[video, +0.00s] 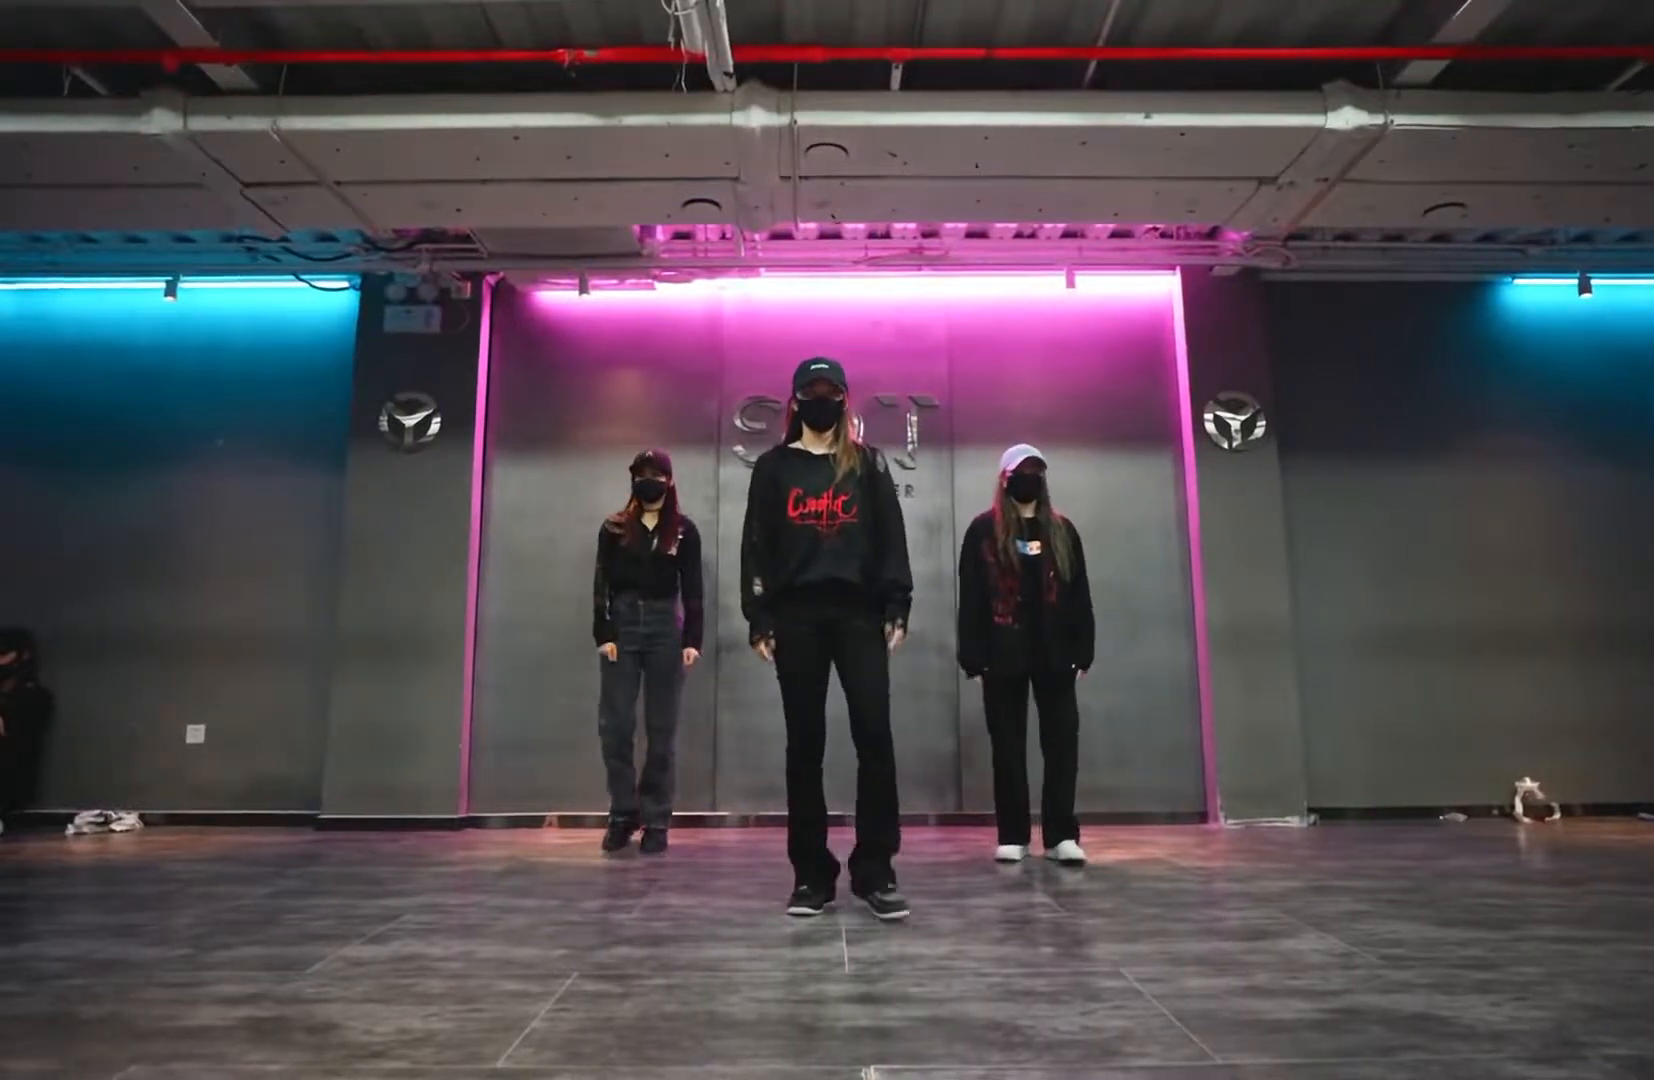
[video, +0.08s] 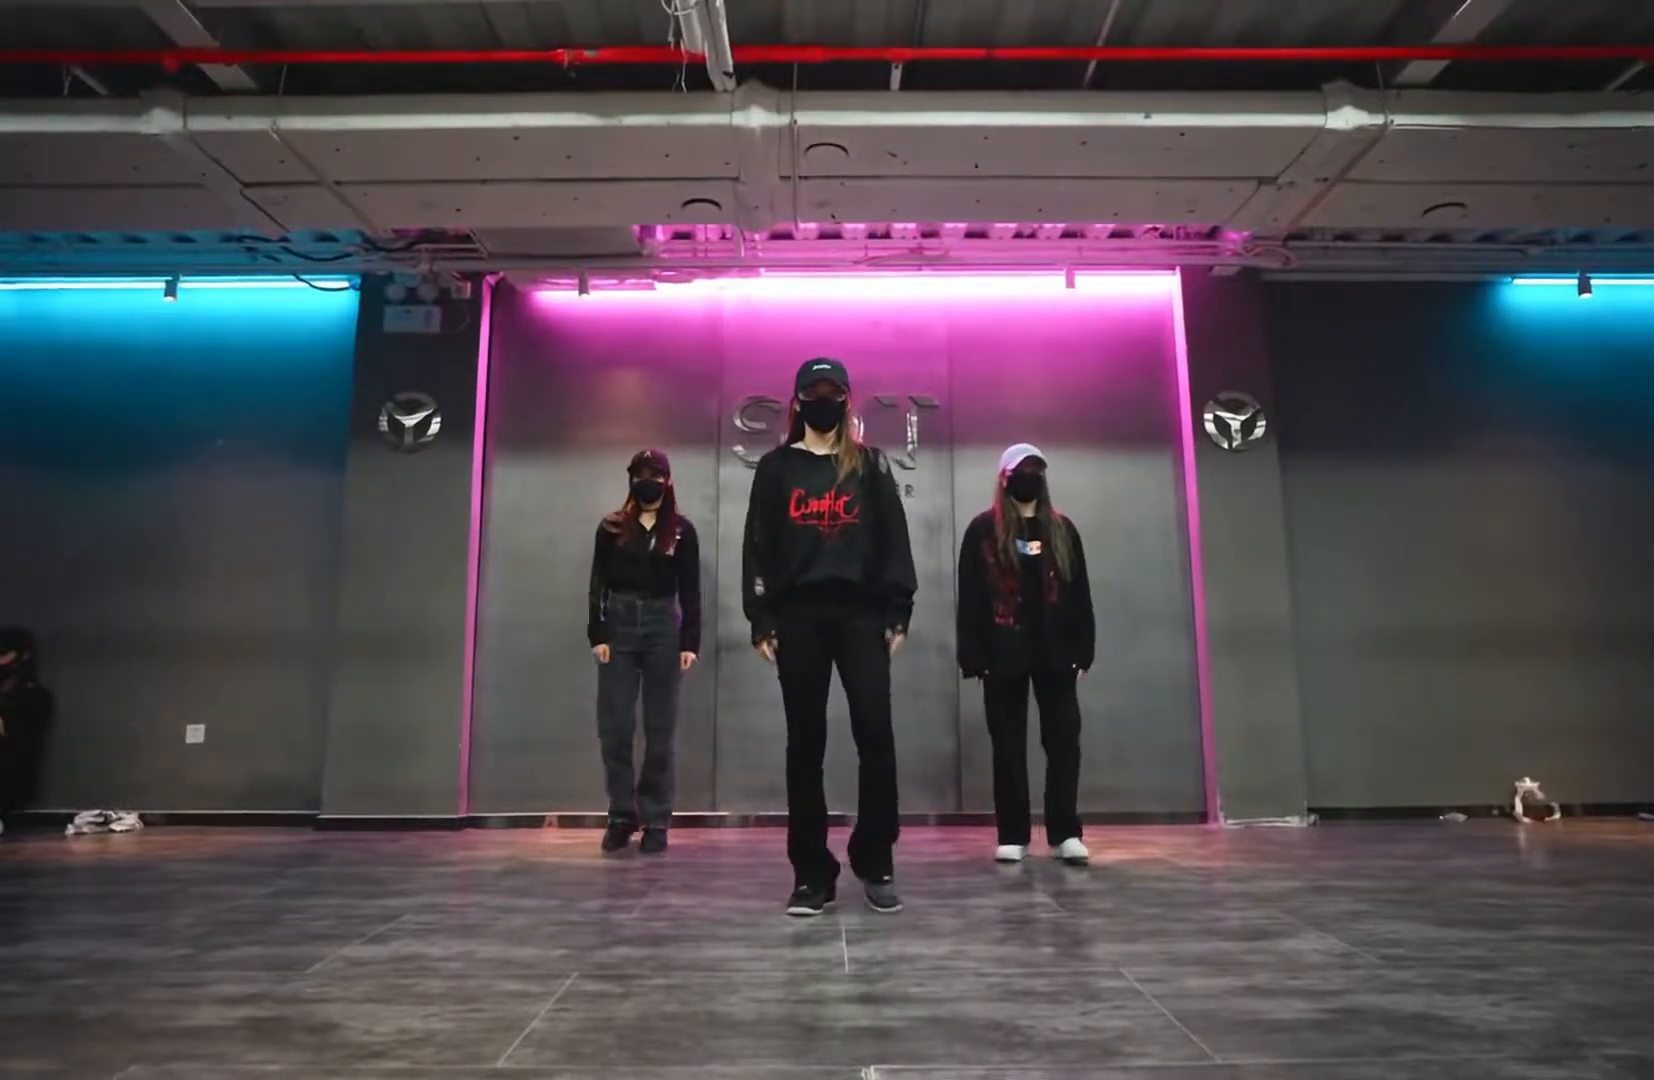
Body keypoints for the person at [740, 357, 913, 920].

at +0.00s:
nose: (822, 399)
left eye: (831, 391)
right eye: (812, 391)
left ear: (845, 397)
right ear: (796, 399)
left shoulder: (868, 464)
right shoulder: (772, 466)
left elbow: (893, 542)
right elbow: (754, 549)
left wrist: (896, 607)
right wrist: (759, 619)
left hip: (862, 617)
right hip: (796, 619)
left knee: (875, 740)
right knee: (805, 745)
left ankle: (875, 873)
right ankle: (811, 876)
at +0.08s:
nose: (825, 399)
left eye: (833, 391)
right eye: (815, 391)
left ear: (847, 398)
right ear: (799, 399)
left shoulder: (869, 464)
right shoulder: (775, 466)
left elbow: (896, 543)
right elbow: (755, 550)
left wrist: (897, 611)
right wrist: (761, 619)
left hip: (863, 616)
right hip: (797, 618)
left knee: (875, 738)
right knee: (805, 744)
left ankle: (876, 867)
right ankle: (812, 876)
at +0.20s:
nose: (830, 402)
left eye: (838, 393)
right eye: (820, 393)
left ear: (852, 399)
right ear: (804, 401)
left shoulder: (875, 467)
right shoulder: (781, 468)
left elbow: (900, 548)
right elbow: (761, 551)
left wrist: (899, 617)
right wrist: (765, 621)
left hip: (866, 620)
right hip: (800, 620)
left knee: (872, 742)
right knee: (807, 748)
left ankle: (883, 869)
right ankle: (812, 877)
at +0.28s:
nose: (834, 400)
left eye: (842, 391)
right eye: (824, 392)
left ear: (856, 398)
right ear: (808, 399)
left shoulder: (880, 465)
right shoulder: (785, 466)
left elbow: (905, 545)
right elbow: (766, 550)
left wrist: (901, 615)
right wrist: (771, 620)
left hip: (870, 619)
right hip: (805, 620)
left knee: (873, 743)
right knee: (809, 747)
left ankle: (882, 870)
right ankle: (812, 877)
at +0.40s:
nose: (839, 396)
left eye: (848, 387)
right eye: (829, 388)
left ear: (861, 394)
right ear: (812, 396)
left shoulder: (888, 462)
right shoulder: (788, 463)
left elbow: (917, 545)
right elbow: (771, 547)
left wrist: (905, 611)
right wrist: (779, 616)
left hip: (874, 617)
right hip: (809, 618)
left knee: (878, 743)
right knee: (810, 743)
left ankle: (881, 869)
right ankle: (819, 867)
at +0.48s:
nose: (839, 397)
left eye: (848, 389)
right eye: (830, 389)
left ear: (862, 395)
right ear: (814, 397)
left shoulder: (889, 463)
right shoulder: (790, 463)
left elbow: (917, 544)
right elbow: (772, 547)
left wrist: (903, 613)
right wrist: (782, 616)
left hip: (873, 617)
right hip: (810, 618)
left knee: (878, 743)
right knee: (817, 743)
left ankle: (881, 866)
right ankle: (836, 847)